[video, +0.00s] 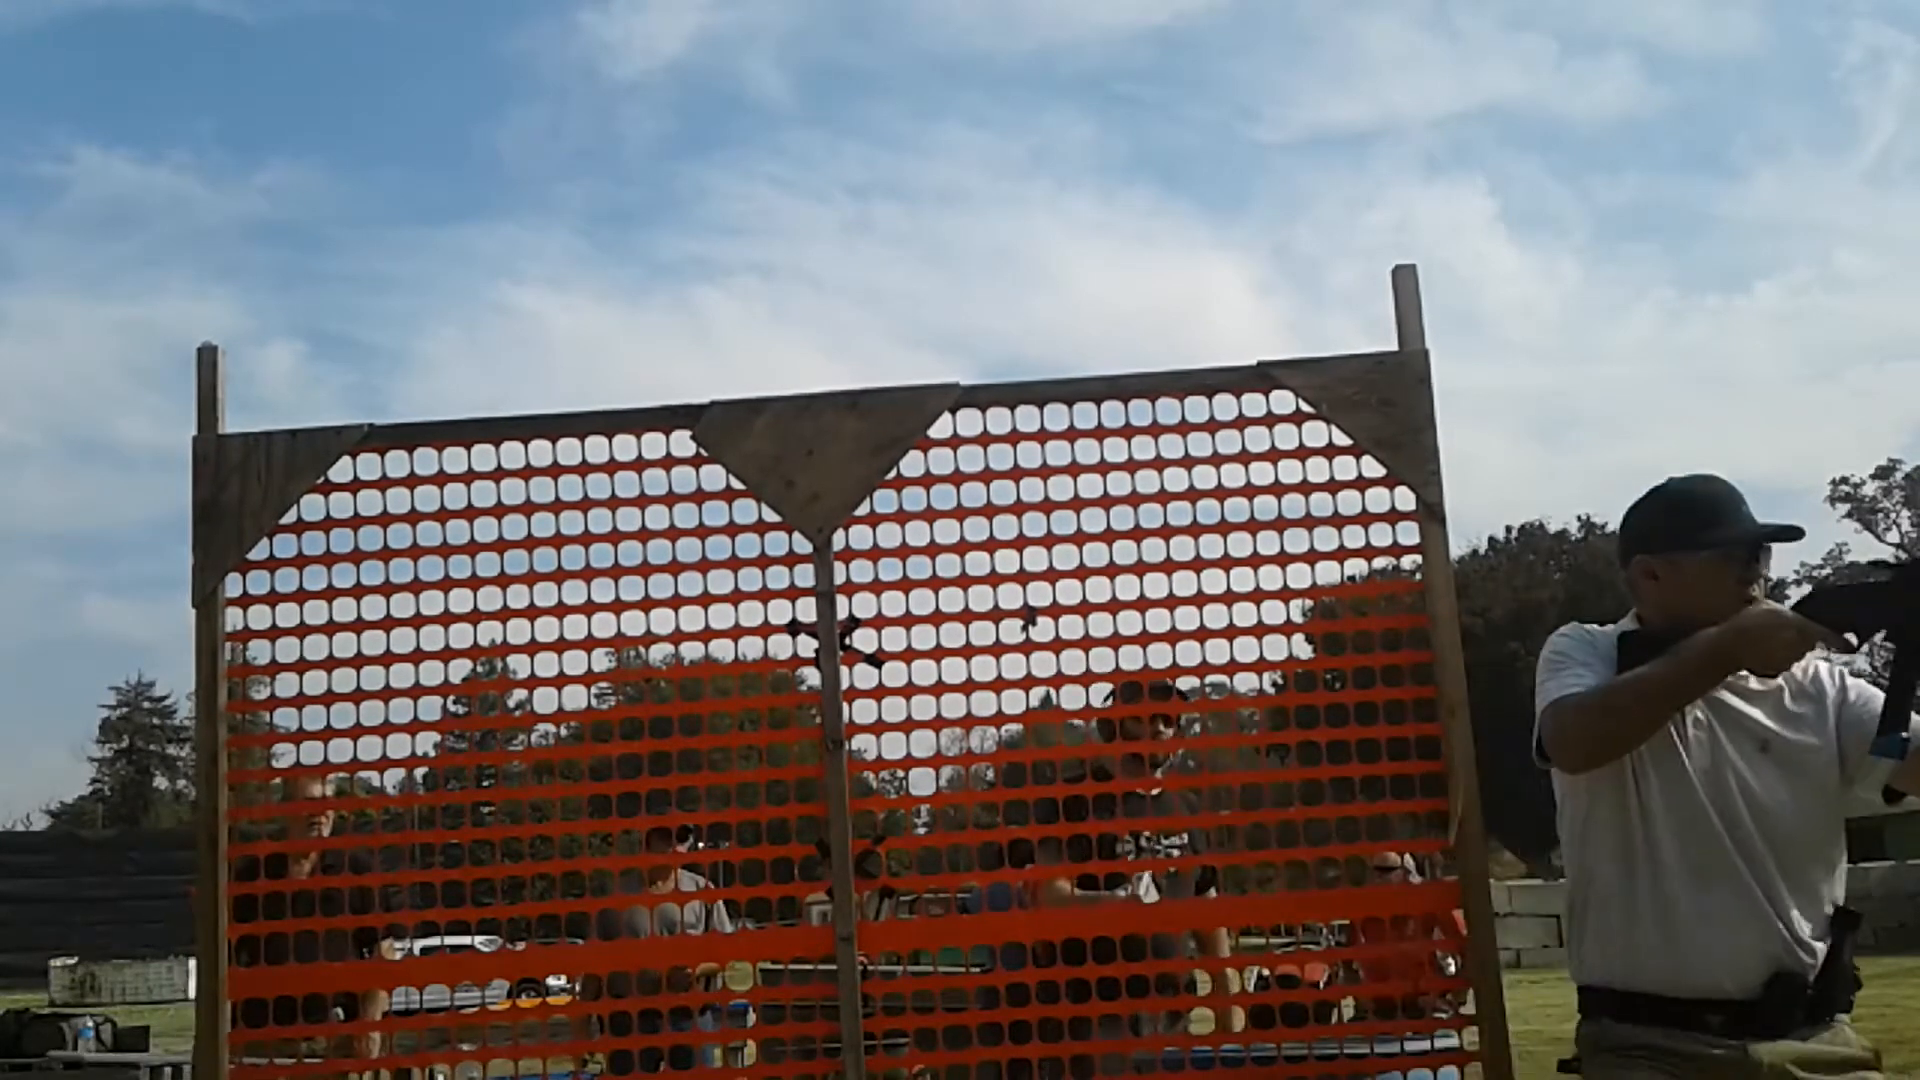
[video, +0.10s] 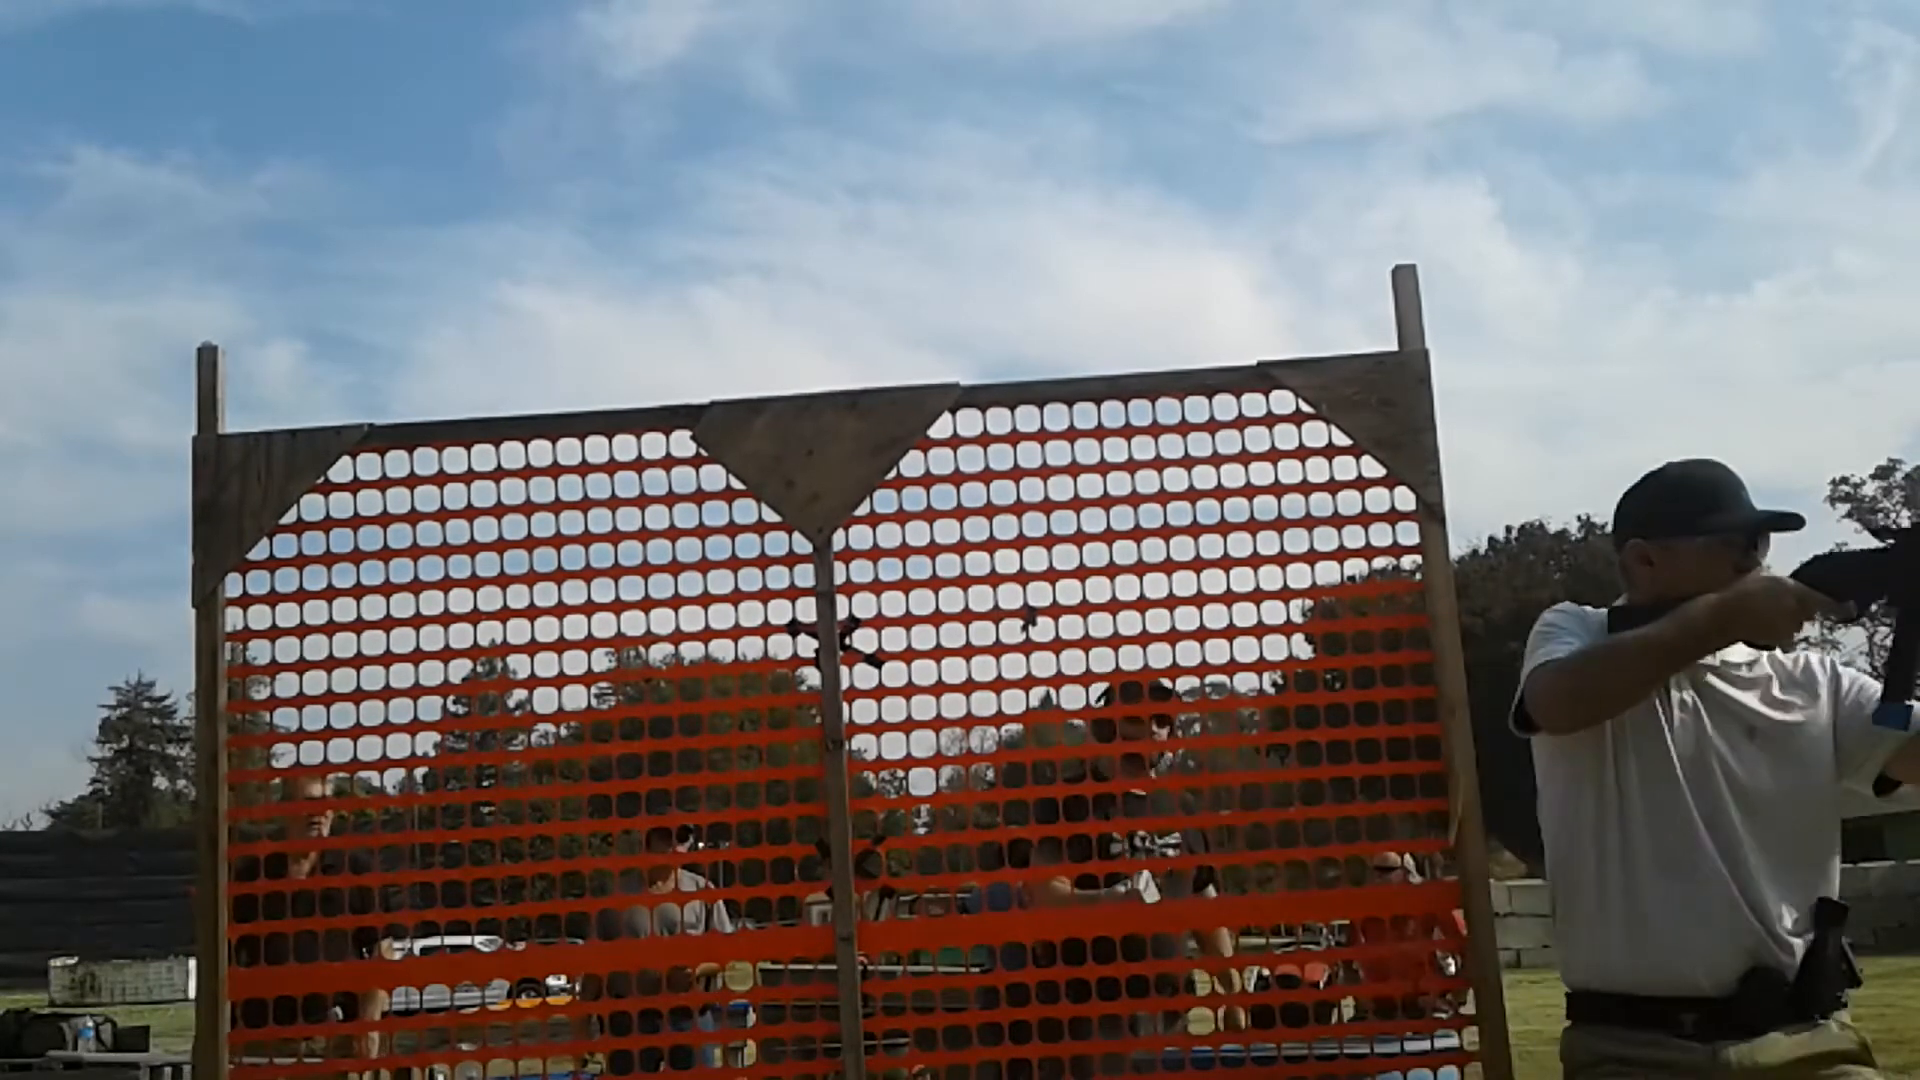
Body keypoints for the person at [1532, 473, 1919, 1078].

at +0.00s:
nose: (1763, 576)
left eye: (1761, 558)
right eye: (1740, 559)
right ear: (1651, 576)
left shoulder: (1817, 681)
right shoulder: (1581, 652)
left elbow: (1914, 767)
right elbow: (1572, 743)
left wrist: (1905, 629)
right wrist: (1729, 646)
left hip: (1812, 1043)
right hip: (1646, 1046)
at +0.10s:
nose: (1758, 567)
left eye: (1758, 548)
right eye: (1737, 547)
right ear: (1643, 562)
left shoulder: (1812, 680)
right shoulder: (1575, 633)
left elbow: (1911, 756)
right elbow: (1552, 703)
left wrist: (1905, 608)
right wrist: (1724, 617)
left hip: (1803, 1039)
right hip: (1630, 1046)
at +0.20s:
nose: (1760, 554)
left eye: (1761, 534)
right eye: (1738, 533)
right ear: (1642, 544)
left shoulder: (1809, 671)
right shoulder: (1570, 618)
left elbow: (1910, 745)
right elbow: (1544, 687)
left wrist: (1906, 587)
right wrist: (1725, 602)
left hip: (1796, 1036)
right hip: (1620, 1043)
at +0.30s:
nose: (1770, 544)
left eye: (1773, 524)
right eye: (1747, 520)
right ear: (1652, 527)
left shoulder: (1813, 660)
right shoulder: (1570, 600)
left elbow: (1912, 739)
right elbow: (1546, 670)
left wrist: (1905, 572)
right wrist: (1733, 586)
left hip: (1793, 1030)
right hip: (1615, 1038)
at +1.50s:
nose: (1773, 504)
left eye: (1791, 478)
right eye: (1745, 479)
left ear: (1816, 487)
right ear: (1678, 508)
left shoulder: (1879, 625)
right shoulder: (1643, 644)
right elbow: (1513, 665)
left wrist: (1915, 558)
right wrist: (1682, 577)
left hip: (1862, 1043)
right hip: (1684, 1044)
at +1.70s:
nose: (1805, 474)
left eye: (1824, 445)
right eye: (1775, 455)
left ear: (1860, 450)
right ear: (1723, 488)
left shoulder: (1905, 581)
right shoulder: (1722, 604)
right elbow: (1572, 658)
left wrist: (1913, 532)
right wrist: (1722, 558)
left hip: (1906, 1029)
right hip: (1773, 1034)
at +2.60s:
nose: (1760, 448)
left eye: (1785, 417)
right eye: (1727, 430)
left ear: (1850, 423)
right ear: (1699, 464)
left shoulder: (1907, 542)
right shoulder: (1711, 592)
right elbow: (1562, 705)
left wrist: (1891, 555)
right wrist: (1682, 580)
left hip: (1905, 1035)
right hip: (1766, 1039)